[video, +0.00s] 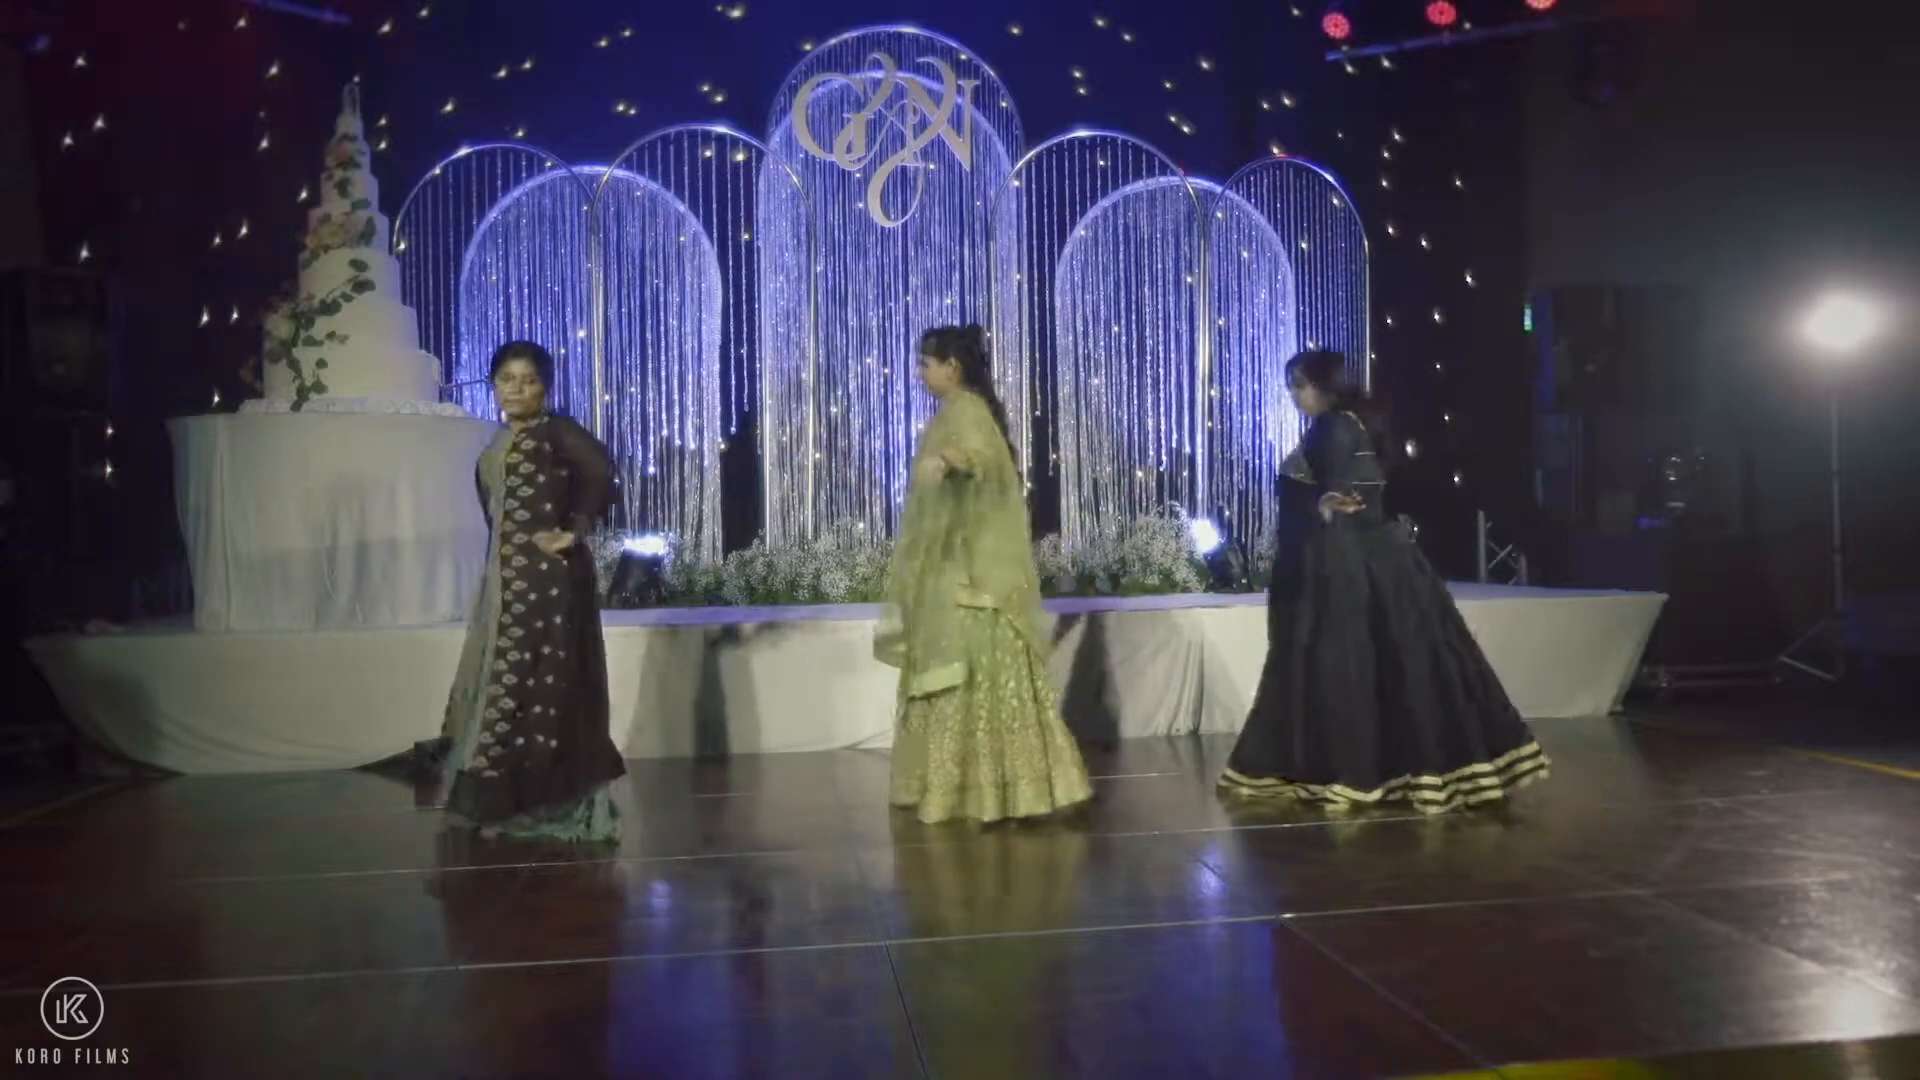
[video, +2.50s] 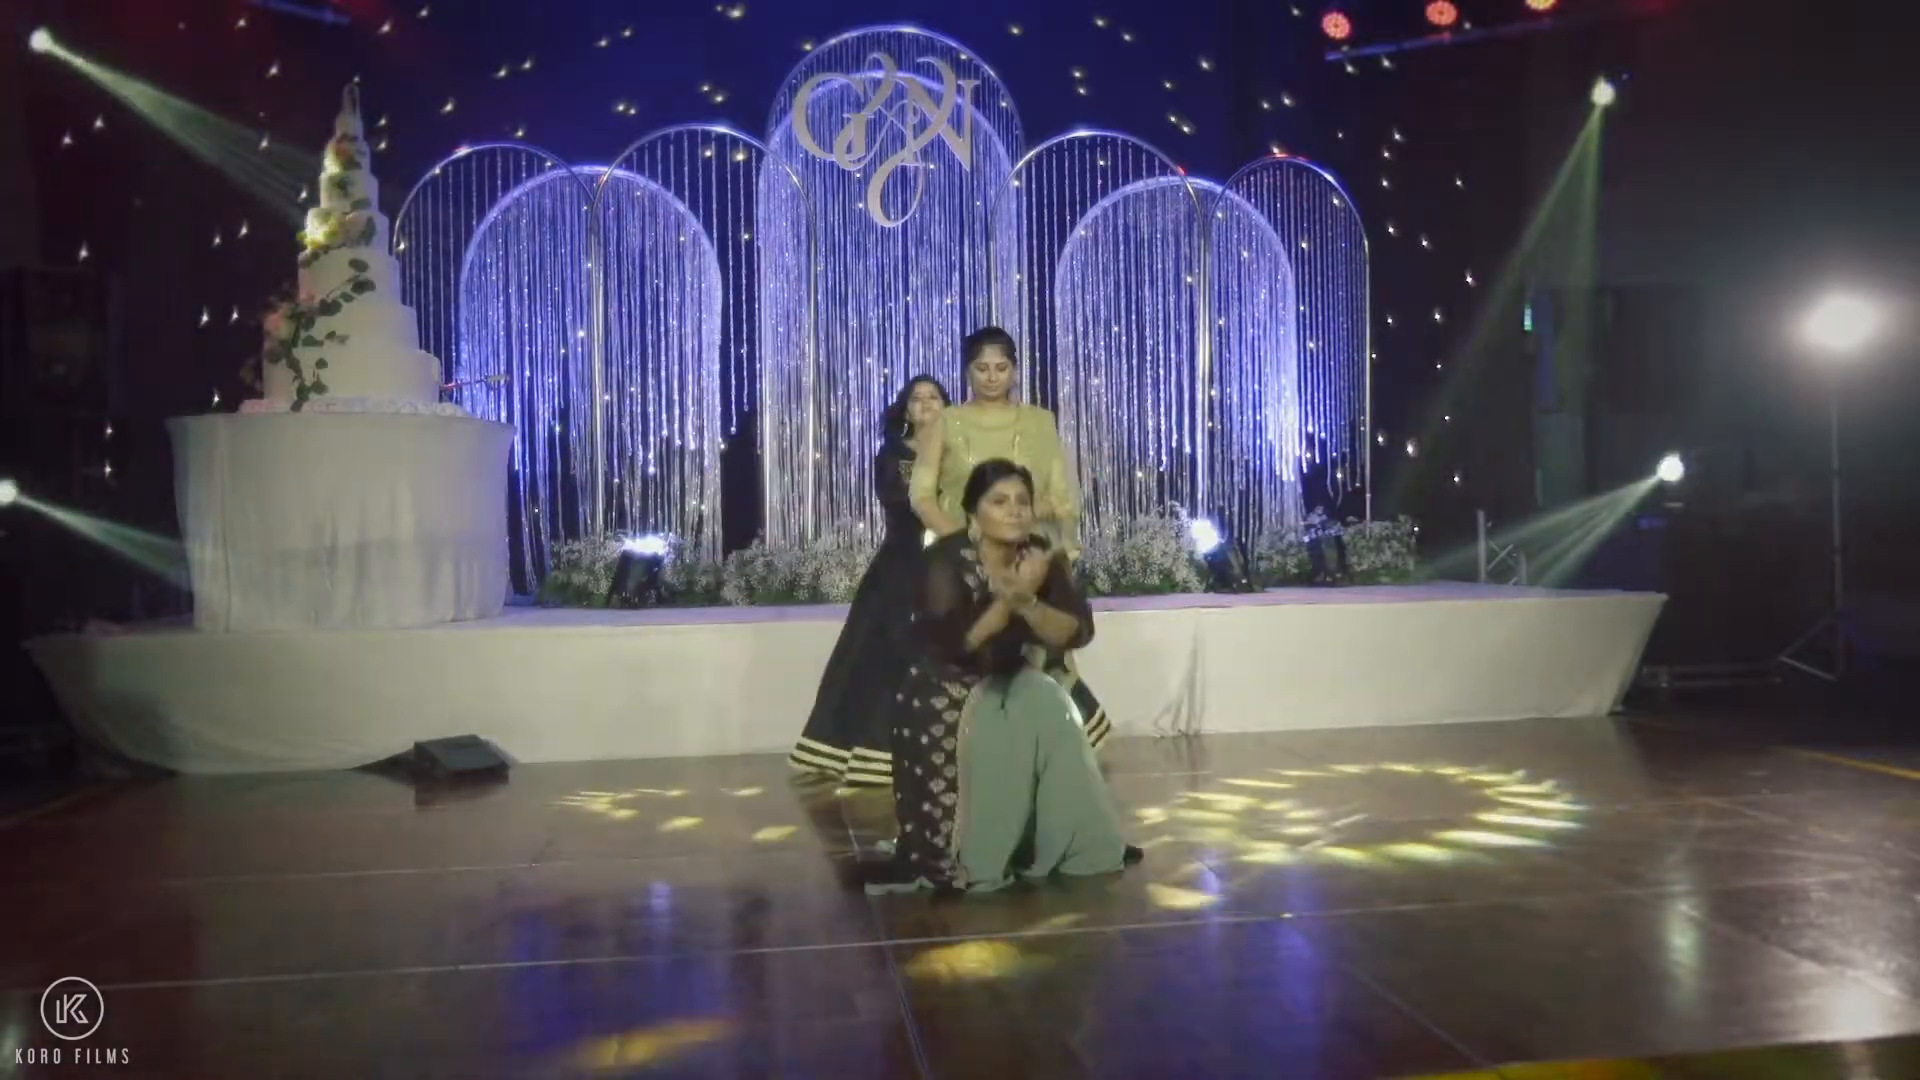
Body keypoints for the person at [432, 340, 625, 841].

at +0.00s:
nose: (516, 388)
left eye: (527, 379)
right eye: (507, 379)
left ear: (544, 387)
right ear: (495, 387)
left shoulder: (558, 432)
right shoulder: (494, 452)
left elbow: (600, 476)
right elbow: (500, 514)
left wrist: (576, 531)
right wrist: (504, 548)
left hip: (549, 577)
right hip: (507, 579)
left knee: (549, 683)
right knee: (498, 679)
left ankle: (549, 799)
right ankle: (493, 795)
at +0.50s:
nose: (555, 388)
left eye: (561, 379)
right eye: (544, 378)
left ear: (567, 385)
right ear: (518, 383)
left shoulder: (591, 433)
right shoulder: (487, 437)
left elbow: (659, 474)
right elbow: (429, 484)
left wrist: (629, 531)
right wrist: (470, 536)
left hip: (579, 581)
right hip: (518, 582)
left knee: (575, 692)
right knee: (506, 690)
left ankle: (567, 814)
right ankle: (501, 810)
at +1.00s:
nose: (622, 381)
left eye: (630, 373)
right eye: (610, 372)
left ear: (637, 378)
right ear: (585, 377)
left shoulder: (649, 438)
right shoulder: (553, 427)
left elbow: (699, 491)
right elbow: (482, 466)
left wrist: (672, 545)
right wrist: (526, 535)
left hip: (629, 592)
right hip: (565, 591)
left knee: (648, 693)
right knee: (563, 705)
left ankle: (611, 820)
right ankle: (547, 834)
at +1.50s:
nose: (747, 370)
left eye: (754, 361)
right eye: (735, 360)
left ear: (761, 369)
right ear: (708, 368)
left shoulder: (775, 430)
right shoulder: (684, 420)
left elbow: (813, 492)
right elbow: (636, 470)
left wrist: (790, 536)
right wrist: (686, 527)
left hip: (766, 579)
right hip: (709, 579)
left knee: (767, 692)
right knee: (713, 694)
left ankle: (765, 812)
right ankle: (710, 818)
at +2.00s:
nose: (880, 367)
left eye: (887, 358)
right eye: (868, 357)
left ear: (894, 366)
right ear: (841, 365)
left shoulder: (907, 433)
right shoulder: (818, 426)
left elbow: (957, 478)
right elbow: (813, 501)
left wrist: (1027, 505)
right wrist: (827, 501)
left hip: (898, 582)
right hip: (842, 582)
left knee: (912, 701)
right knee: (855, 706)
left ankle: (921, 834)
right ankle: (859, 840)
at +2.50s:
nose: (1014, 510)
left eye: (1023, 501)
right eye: (1001, 501)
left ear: (1033, 510)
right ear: (974, 511)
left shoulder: (1044, 558)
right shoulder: (945, 562)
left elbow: (1077, 631)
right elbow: (955, 646)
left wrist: (1024, 602)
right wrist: (1009, 599)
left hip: (1014, 687)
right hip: (947, 693)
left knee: (1042, 694)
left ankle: (1085, 845)